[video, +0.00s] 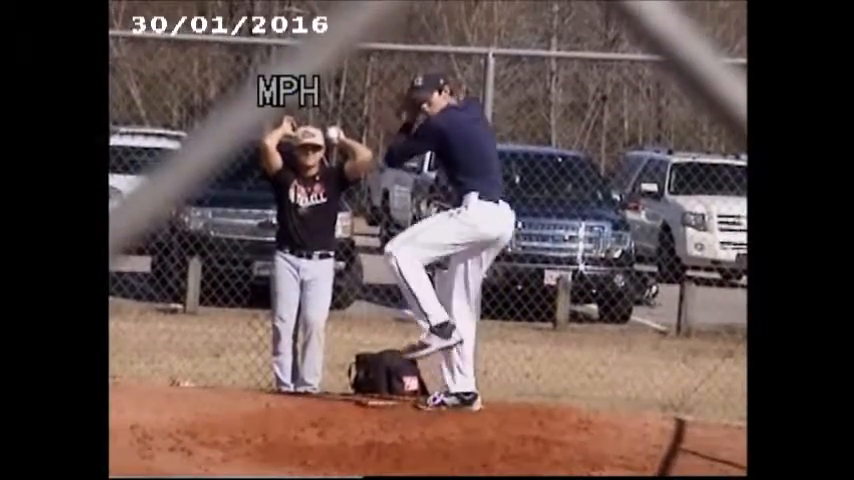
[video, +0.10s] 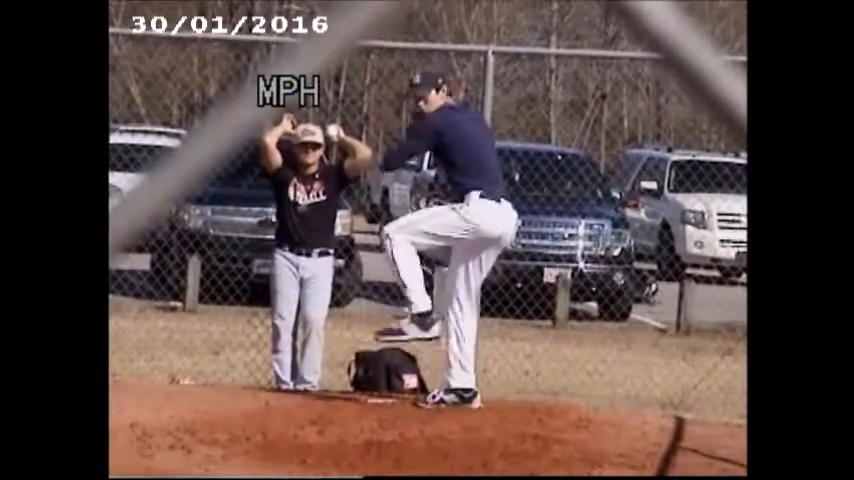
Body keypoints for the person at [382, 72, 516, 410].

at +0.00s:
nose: (424, 108)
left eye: (426, 102)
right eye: (421, 104)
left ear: (445, 92)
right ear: (448, 93)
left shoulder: (439, 124)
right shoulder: (474, 112)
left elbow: (394, 156)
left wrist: (411, 122)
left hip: (476, 213)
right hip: (500, 216)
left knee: (401, 251)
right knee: (461, 302)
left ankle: (439, 325)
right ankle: (462, 387)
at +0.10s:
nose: (419, 103)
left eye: (423, 96)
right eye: (417, 98)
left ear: (442, 91)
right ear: (445, 93)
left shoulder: (436, 121)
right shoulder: (472, 116)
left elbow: (393, 160)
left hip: (475, 211)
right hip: (503, 214)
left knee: (396, 234)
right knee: (461, 302)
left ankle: (422, 314)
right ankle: (462, 385)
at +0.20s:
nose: (423, 111)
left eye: (428, 104)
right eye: (420, 105)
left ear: (446, 101)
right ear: (448, 104)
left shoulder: (439, 129)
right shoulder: (470, 126)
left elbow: (396, 171)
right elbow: (454, 183)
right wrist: (429, 185)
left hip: (478, 220)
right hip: (505, 226)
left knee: (397, 241)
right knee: (458, 302)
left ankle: (395, 329)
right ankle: (460, 388)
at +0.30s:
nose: (426, 120)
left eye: (432, 114)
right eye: (425, 114)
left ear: (451, 113)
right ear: (454, 116)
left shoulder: (444, 139)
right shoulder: (475, 141)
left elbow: (391, 162)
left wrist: (356, 182)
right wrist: (443, 190)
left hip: (479, 230)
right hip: (505, 238)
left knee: (397, 264)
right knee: (443, 301)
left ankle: (364, 349)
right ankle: (458, 387)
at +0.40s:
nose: (427, 133)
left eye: (433, 128)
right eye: (426, 127)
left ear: (452, 128)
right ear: (449, 131)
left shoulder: (445, 153)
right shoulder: (473, 160)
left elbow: (396, 161)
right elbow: (493, 189)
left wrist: (354, 165)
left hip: (478, 247)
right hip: (500, 254)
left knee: (401, 288)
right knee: (436, 310)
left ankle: (353, 361)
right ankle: (458, 391)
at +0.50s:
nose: (424, 134)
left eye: (431, 129)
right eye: (424, 129)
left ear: (450, 130)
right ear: (450, 132)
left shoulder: (438, 156)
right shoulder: (474, 160)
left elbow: (396, 147)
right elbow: (496, 172)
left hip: (471, 255)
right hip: (490, 260)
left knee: (402, 298)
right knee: (430, 323)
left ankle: (365, 369)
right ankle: (457, 390)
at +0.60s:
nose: (426, 131)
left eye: (432, 126)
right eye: (424, 125)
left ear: (450, 127)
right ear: (450, 130)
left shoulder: (446, 155)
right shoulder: (474, 156)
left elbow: (431, 162)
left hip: (464, 259)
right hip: (479, 261)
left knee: (402, 307)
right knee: (427, 326)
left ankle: (399, 382)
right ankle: (454, 386)